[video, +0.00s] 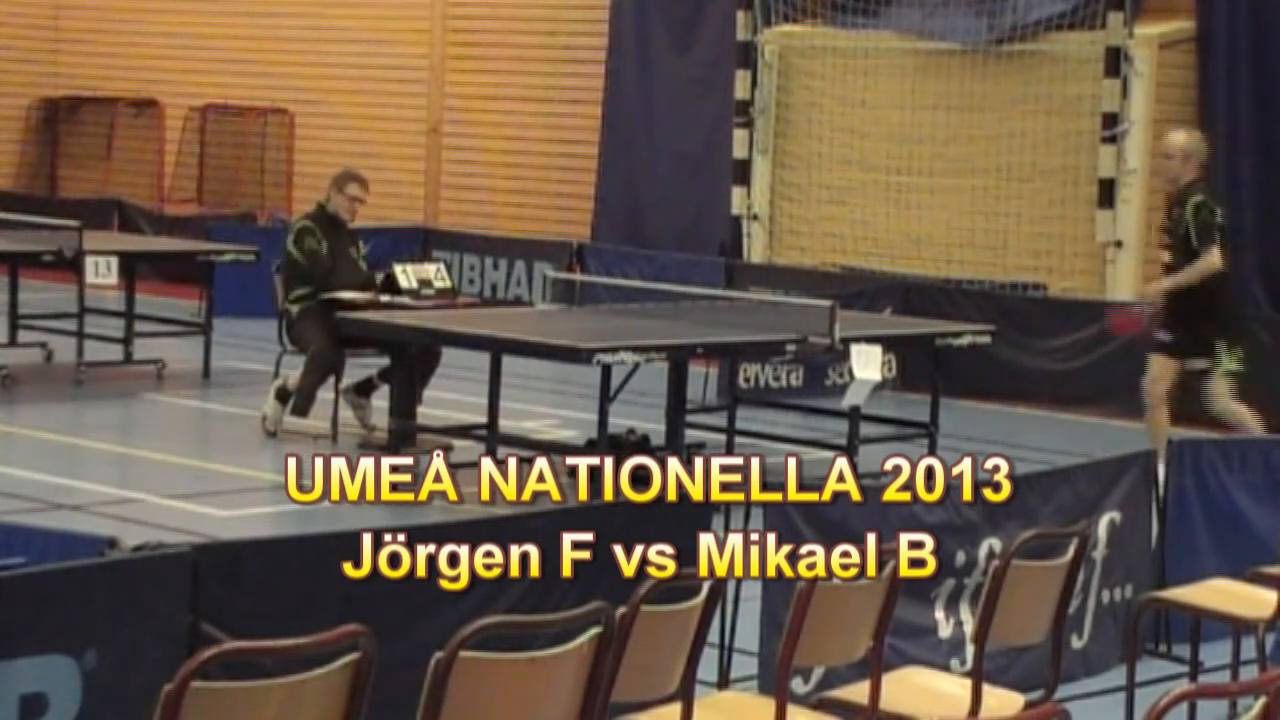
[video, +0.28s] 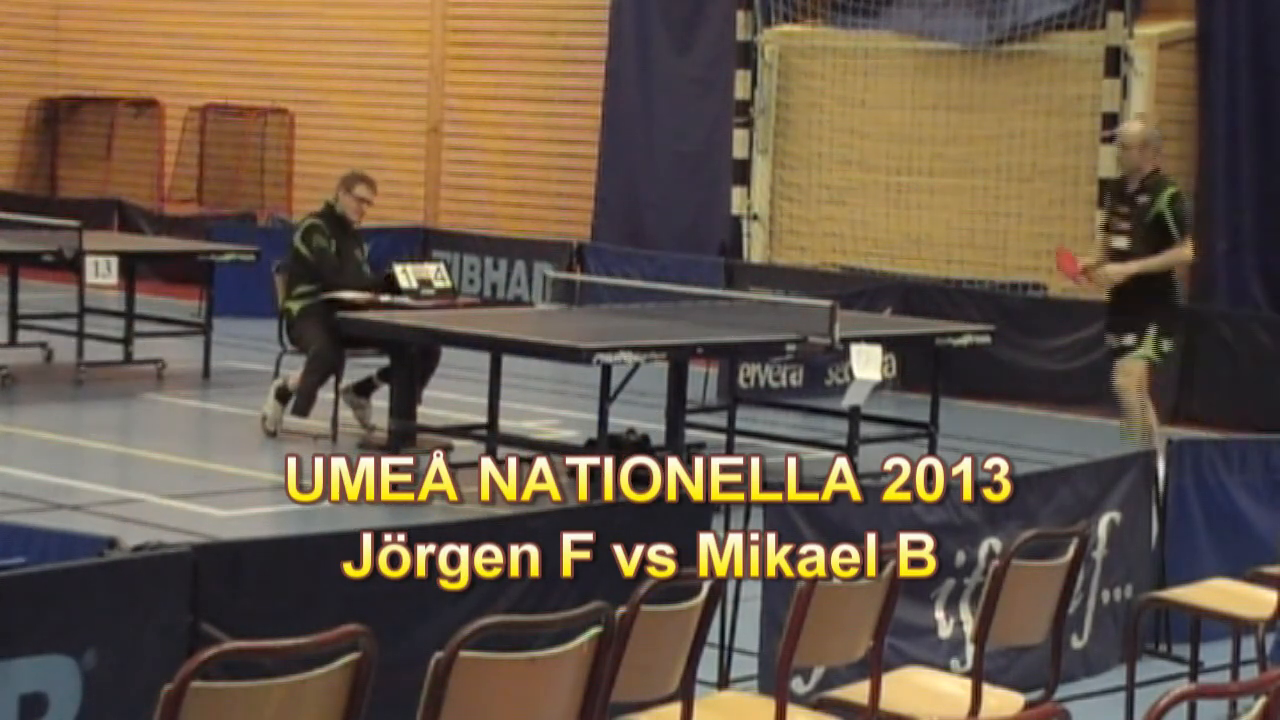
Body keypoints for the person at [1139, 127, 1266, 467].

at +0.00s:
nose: (1160, 164)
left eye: (1168, 158)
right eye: (1161, 157)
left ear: (1190, 162)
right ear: (1177, 162)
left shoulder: (1198, 202)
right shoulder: (1177, 201)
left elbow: (1213, 259)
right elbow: (1182, 259)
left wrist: (1162, 285)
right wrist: (1161, 297)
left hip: (1206, 317)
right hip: (1177, 316)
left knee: (1217, 397)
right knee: (1154, 390)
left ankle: (1269, 449)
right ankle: (1161, 469)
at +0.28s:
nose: (1119, 155)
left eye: (1126, 149)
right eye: (1119, 148)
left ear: (1151, 151)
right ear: (1122, 150)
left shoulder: (1168, 194)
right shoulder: (1116, 191)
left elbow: (1185, 250)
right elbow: (1110, 244)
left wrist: (1126, 268)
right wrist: (1092, 263)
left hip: (1157, 303)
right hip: (1122, 299)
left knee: (1127, 383)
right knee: (1133, 390)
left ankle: (1141, 463)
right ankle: (1153, 467)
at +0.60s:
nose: (1063, 166)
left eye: (1070, 159)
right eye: (1060, 158)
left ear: (1088, 161)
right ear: (1056, 160)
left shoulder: (1106, 196)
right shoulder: (1051, 195)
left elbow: (1131, 254)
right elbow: (1039, 238)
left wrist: (1082, 279)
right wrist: (1050, 273)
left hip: (1097, 308)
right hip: (1060, 307)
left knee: (1067, 385)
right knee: (1063, 389)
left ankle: (1061, 466)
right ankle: (1117, 444)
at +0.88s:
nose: (1026, 259)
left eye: (1030, 250)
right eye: (1024, 251)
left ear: (1055, 251)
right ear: (1050, 253)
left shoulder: (1085, 281)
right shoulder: (1052, 284)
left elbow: (1094, 348)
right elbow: (1063, 342)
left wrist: (1039, 374)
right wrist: (1034, 373)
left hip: (1152, 343)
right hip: (1117, 346)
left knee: (1126, 396)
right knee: (1060, 387)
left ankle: (1147, 481)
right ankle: (1075, 466)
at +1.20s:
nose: (1016, 253)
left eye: (1021, 245)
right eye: (1015, 245)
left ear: (1047, 247)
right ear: (1041, 248)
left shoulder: (1075, 276)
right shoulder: (1044, 279)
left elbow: (1084, 342)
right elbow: (1054, 334)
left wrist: (1027, 366)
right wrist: (1027, 369)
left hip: (1139, 340)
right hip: (1104, 343)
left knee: (1113, 394)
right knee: (1050, 387)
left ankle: (1136, 478)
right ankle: (1066, 462)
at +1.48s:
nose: (1015, 245)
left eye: (1020, 237)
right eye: (1014, 237)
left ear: (1045, 238)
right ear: (1039, 240)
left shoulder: (1075, 270)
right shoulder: (1043, 272)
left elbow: (1084, 334)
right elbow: (1052, 328)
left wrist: (1028, 359)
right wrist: (1027, 362)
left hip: (1135, 336)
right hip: (1101, 338)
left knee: (1111, 395)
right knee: (1049, 388)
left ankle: (1135, 478)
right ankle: (1066, 463)